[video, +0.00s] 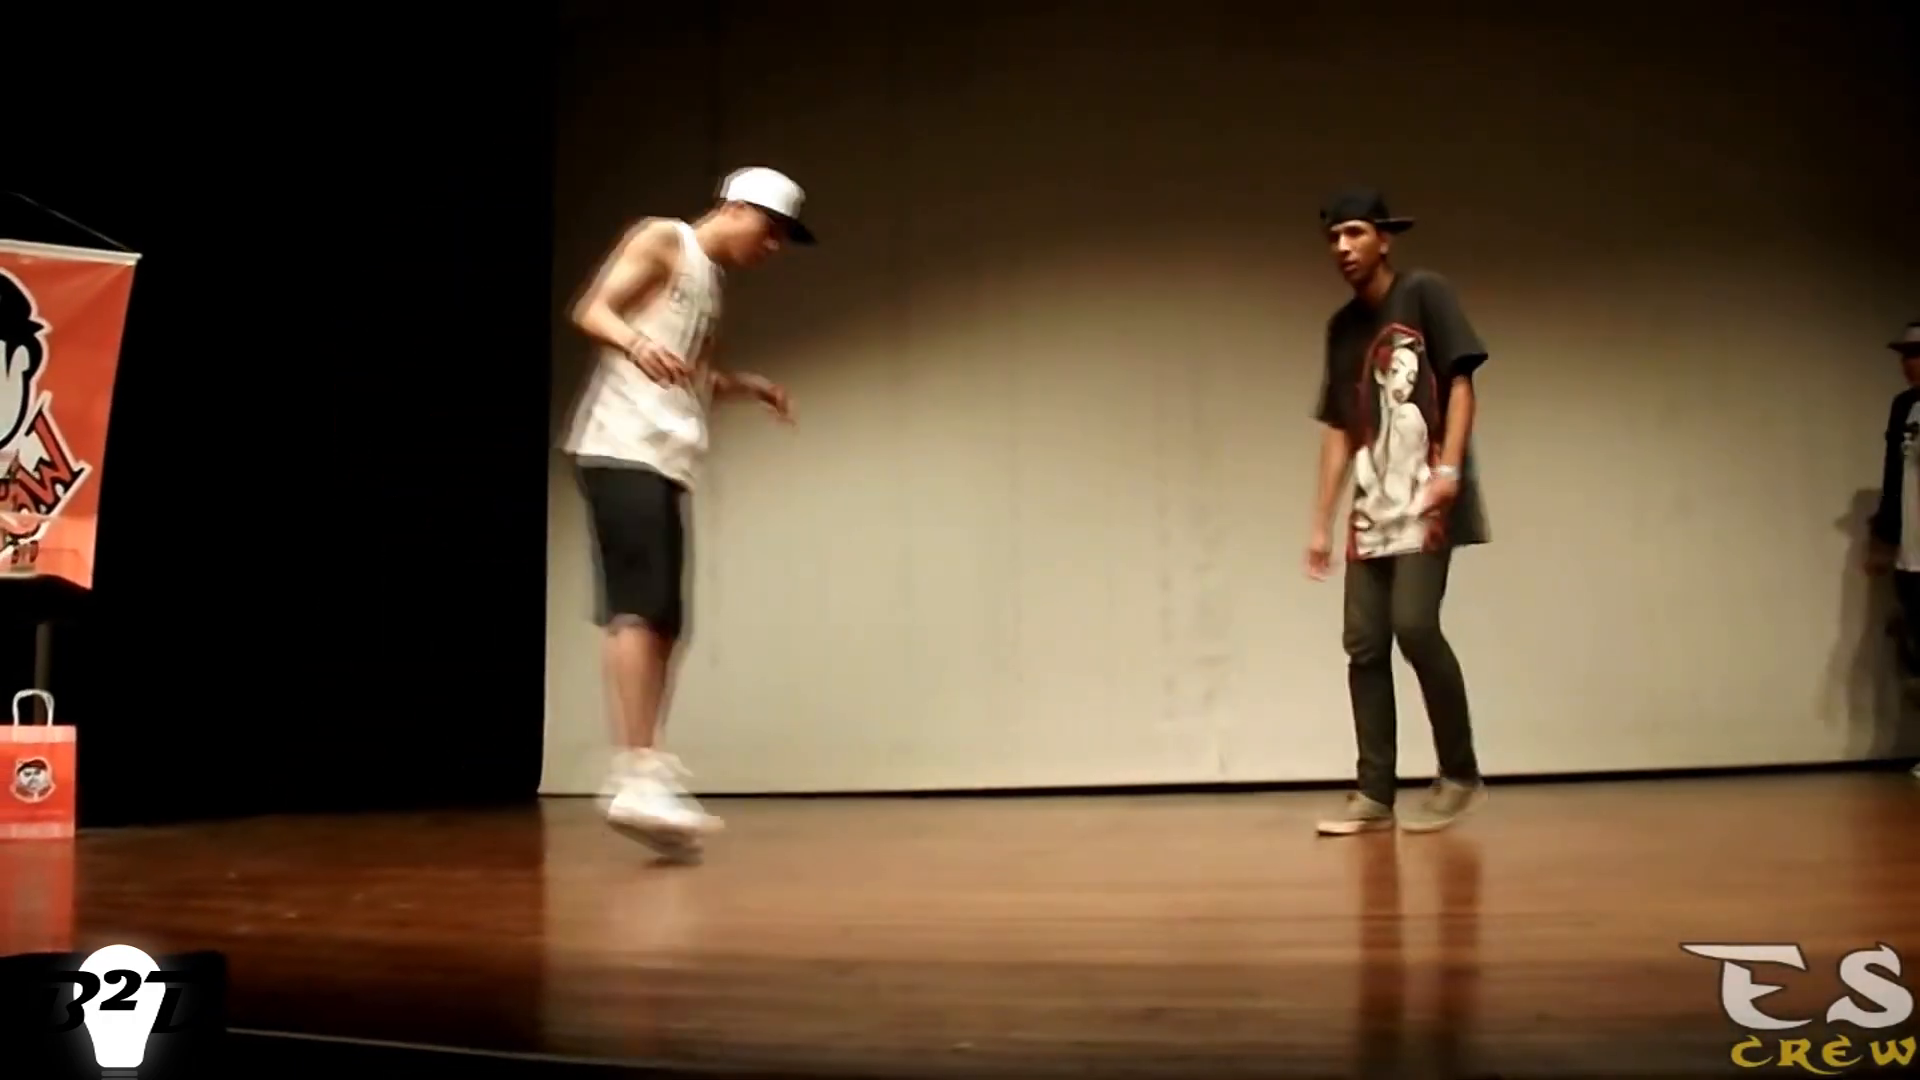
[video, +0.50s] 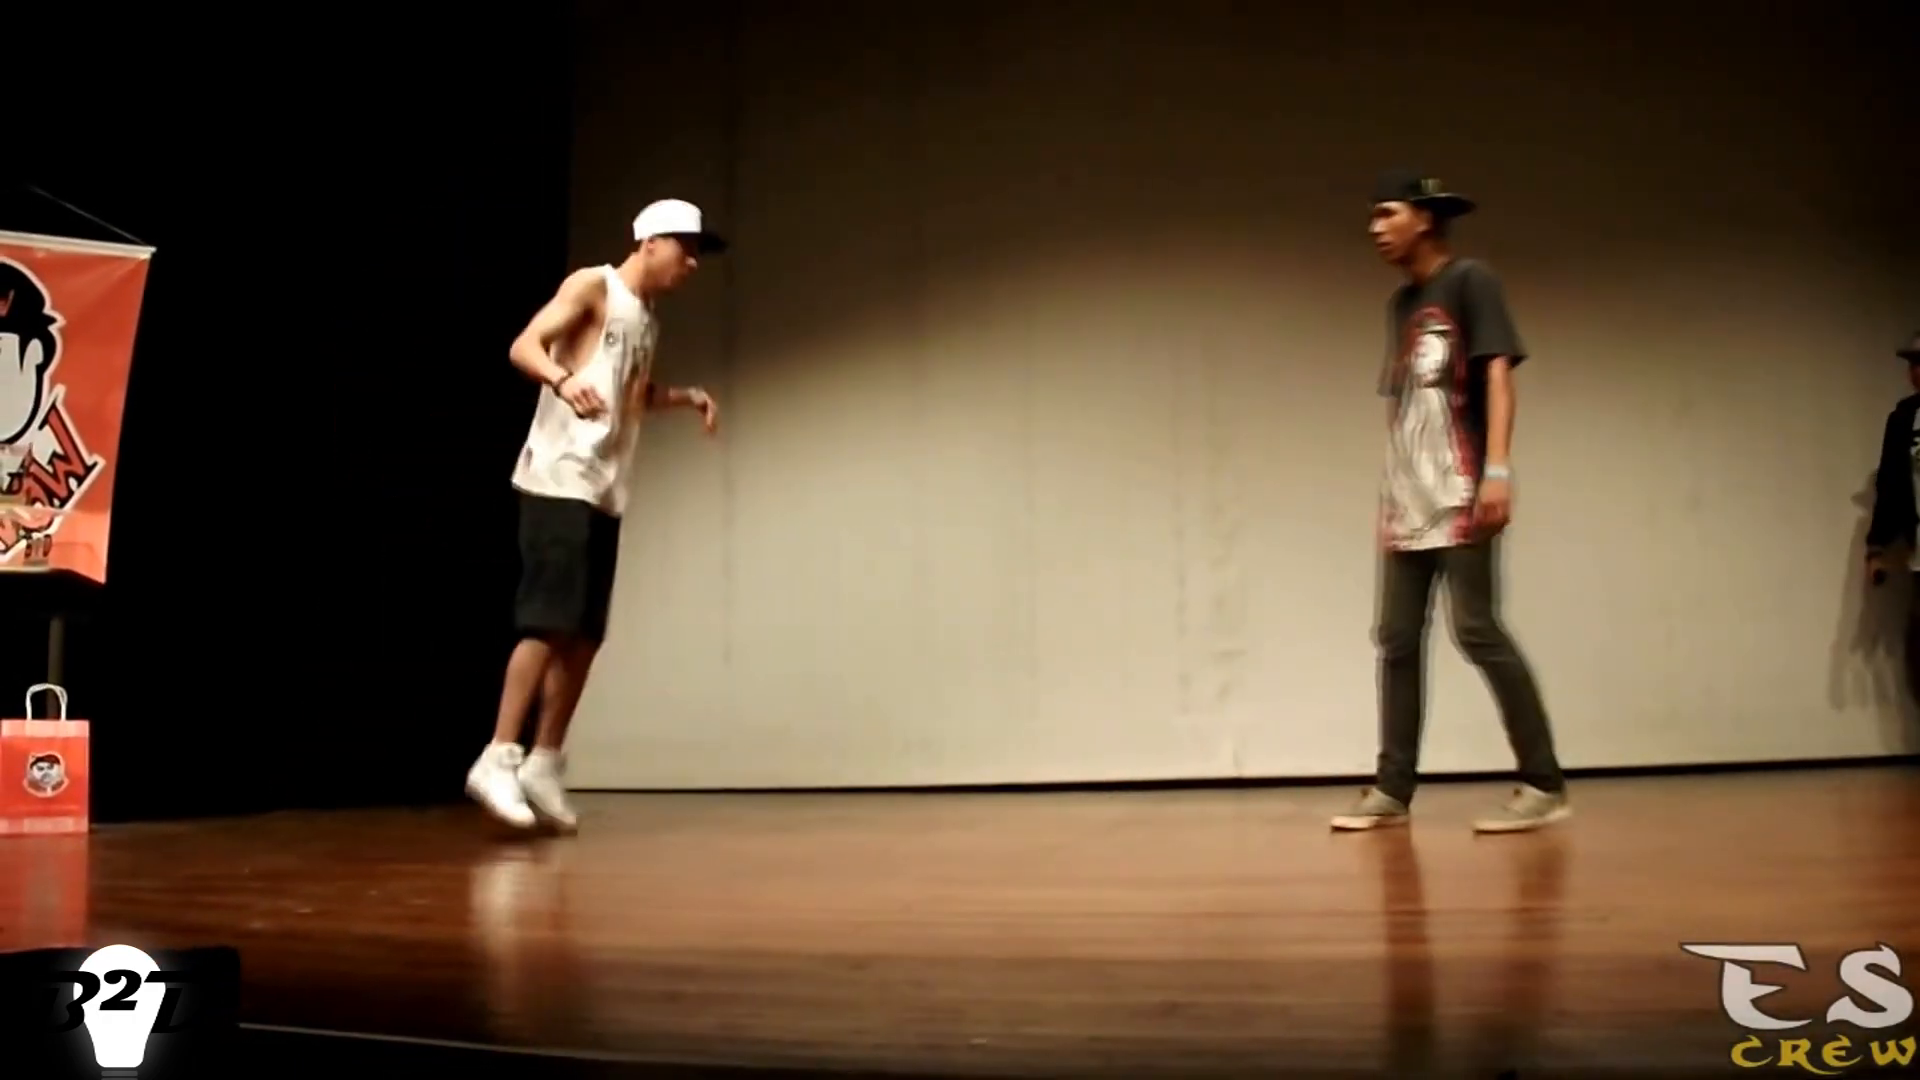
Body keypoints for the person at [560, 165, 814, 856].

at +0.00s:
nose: (771, 250)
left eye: (780, 241)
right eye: (771, 233)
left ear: (753, 225)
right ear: (738, 207)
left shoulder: (705, 280)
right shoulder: (661, 239)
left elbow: (684, 374)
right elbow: (591, 309)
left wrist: (748, 387)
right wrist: (638, 345)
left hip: (662, 460)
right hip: (623, 451)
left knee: (663, 620)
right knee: (640, 612)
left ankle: (647, 772)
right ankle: (633, 775)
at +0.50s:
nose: (689, 267)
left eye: (693, 257)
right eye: (683, 251)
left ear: (675, 258)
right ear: (647, 242)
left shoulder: (646, 319)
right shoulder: (590, 286)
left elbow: (633, 397)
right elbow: (525, 346)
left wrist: (682, 398)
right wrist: (563, 380)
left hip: (604, 490)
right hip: (556, 482)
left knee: (583, 635)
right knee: (545, 626)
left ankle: (544, 766)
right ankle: (497, 760)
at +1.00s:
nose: (700, 275)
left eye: (700, 265)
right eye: (690, 264)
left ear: (681, 273)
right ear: (658, 267)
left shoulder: (670, 348)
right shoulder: (613, 320)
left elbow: (664, 408)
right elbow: (560, 385)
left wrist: (709, 417)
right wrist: (587, 427)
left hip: (647, 506)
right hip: (608, 505)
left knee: (638, 638)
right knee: (613, 634)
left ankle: (610, 757)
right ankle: (577, 756)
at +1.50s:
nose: (752, 294)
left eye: (754, 285)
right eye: (741, 283)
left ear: (743, 294)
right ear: (709, 287)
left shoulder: (719, 366)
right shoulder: (667, 340)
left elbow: (717, 436)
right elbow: (609, 402)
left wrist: (769, 436)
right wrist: (646, 427)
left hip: (698, 522)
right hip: (663, 521)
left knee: (680, 649)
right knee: (702, 638)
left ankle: (653, 768)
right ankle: (698, 767)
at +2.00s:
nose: (822, 282)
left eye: (826, 270)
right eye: (812, 266)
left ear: (804, 274)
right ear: (777, 262)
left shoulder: (780, 348)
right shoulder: (720, 317)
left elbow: (768, 433)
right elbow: (691, 393)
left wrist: (832, 442)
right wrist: (779, 383)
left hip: (769, 533)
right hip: (706, 533)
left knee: (806, 655)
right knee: (713, 671)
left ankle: (854, 785)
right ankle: (703, 787)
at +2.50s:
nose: (782, 277)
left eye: (787, 266)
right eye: (772, 260)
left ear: (772, 272)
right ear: (732, 255)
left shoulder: (735, 346)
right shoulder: (677, 312)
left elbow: (719, 445)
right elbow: (627, 402)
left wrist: (792, 448)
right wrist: (663, 476)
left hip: (679, 530)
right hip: (632, 515)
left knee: (742, 673)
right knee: (649, 661)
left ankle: (650, 801)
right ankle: (571, 815)